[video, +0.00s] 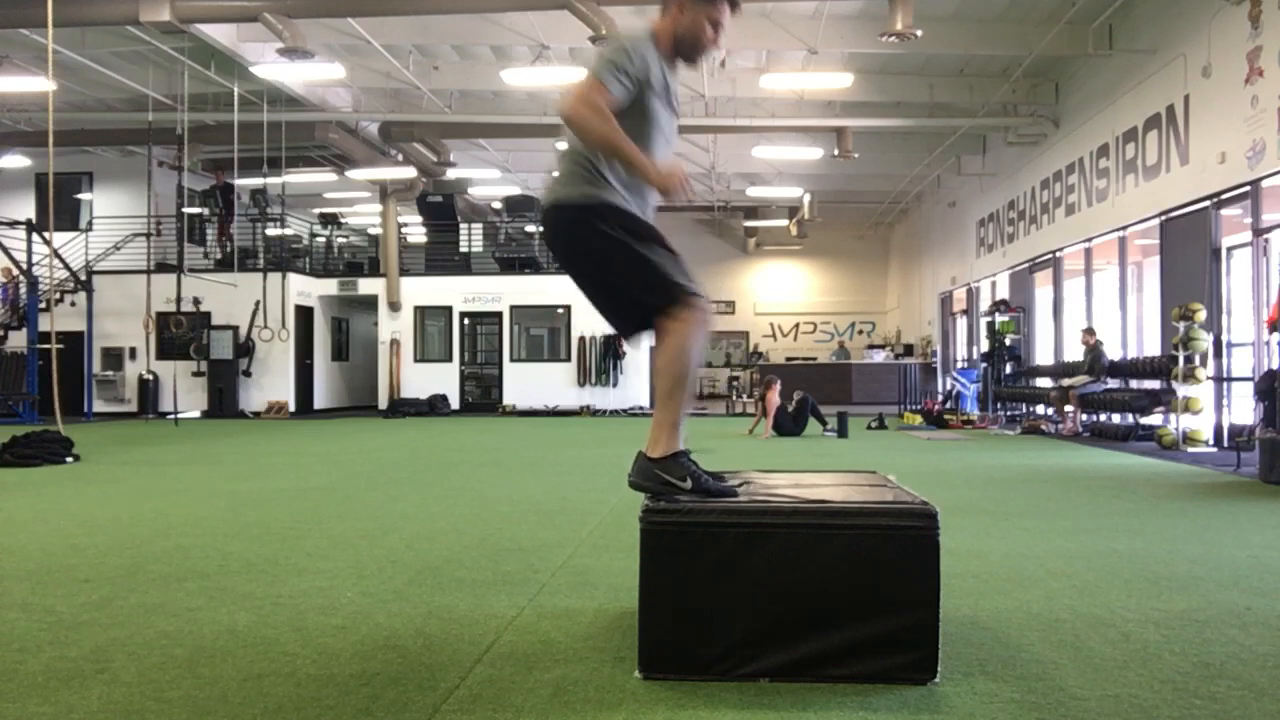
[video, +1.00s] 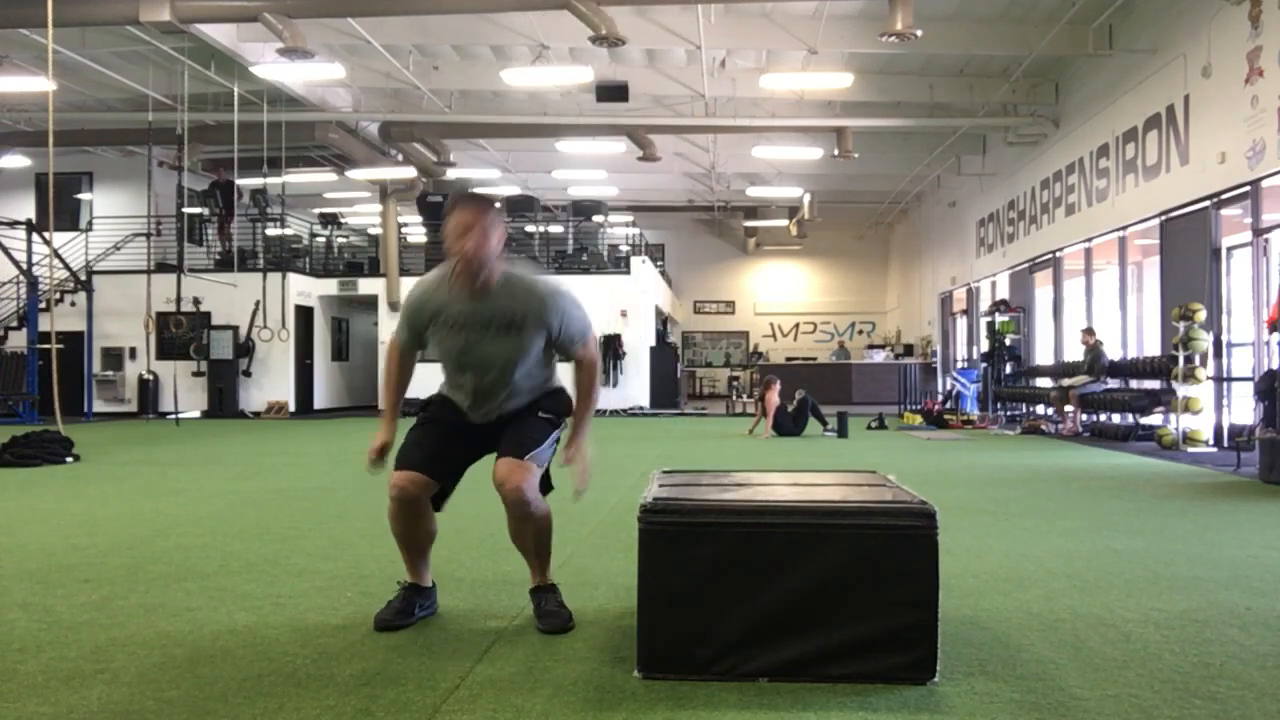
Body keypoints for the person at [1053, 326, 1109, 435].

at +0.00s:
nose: (1082, 339)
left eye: (1084, 337)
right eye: (1082, 336)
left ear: (1092, 338)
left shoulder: (1099, 353)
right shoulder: (1087, 351)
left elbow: (1096, 377)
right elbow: (1085, 372)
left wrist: (1074, 381)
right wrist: (1071, 380)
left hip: (1099, 382)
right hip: (1086, 380)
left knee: (1074, 393)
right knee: (1055, 395)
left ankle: (1076, 426)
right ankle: (1067, 425)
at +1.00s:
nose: (1082, 339)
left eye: (1084, 337)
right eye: (1082, 336)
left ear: (1092, 337)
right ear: (1089, 337)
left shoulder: (1099, 353)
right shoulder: (1088, 351)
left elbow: (1096, 376)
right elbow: (1085, 371)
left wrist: (1073, 381)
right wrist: (1071, 380)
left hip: (1099, 382)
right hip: (1087, 379)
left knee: (1074, 393)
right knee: (1055, 395)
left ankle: (1076, 426)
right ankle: (1067, 425)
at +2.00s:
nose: (1082, 339)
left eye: (1085, 337)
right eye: (1082, 336)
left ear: (1092, 337)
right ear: (1087, 337)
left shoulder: (1099, 353)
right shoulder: (1088, 351)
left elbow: (1096, 376)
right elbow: (1085, 372)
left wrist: (1075, 381)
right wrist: (1072, 380)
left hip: (1099, 382)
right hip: (1086, 380)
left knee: (1073, 393)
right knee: (1054, 395)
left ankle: (1076, 426)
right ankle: (1066, 425)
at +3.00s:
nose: (1083, 340)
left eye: (1085, 337)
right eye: (1083, 337)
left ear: (1093, 338)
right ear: (1087, 338)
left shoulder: (1100, 354)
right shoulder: (1088, 351)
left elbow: (1096, 377)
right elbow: (1085, 371)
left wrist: (1073, 381)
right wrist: (1071, 380)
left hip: (1098, 382)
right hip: (1086, 380)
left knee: (1073, 392)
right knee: (1054, 395)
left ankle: (1076, 426)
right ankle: (1066, 424)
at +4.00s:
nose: (1083, 340)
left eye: (1085, 337)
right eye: (1083, 337)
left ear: (1093, 338)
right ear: (1086, 338)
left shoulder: (1100, 353)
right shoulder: (1087, 351)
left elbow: (1095, 376)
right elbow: (1084, 371)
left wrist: (1072, 381)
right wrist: (1071, 380)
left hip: (1098, 382)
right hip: (1086, 379)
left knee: (1074, 393)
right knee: (1054, 395)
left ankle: (1076, 426)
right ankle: (1066, 424)